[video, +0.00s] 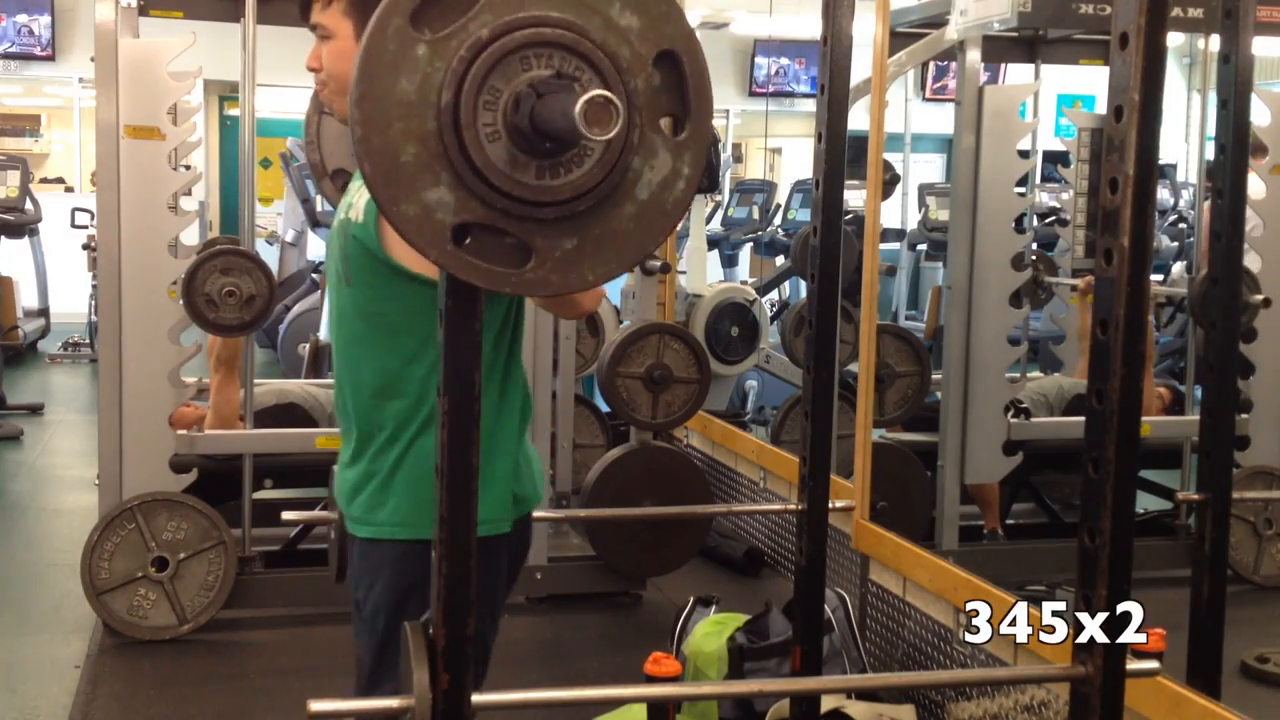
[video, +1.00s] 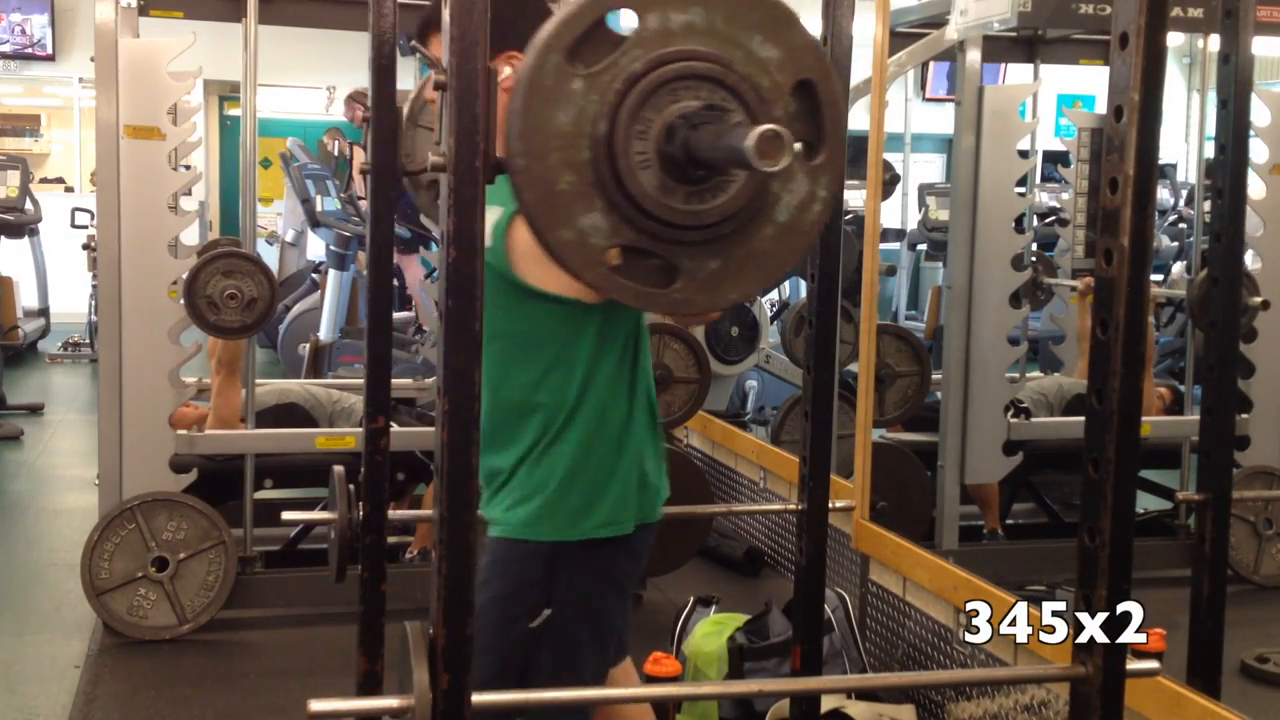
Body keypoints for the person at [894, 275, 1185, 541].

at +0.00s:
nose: (1153, 394)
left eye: (1160, 397)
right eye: (1157, 390)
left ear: (1160, 414)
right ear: (1145, 385)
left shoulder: (1130, 417)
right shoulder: (1097, 393)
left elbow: (1145, 359)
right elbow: (1087, 340)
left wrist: (1139, 303)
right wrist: (1084, 296)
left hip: (1025, 410)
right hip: (1006, 397)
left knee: (978, 446)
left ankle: (993, 530)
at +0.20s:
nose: (1153, 395)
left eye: (1160, 399)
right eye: (1156, 390)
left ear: (1159, 415)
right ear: (1144, 384)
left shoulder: (1125, 418)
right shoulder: (1097, 391)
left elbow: (1145, 360)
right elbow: (1088, 341)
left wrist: (1142, 306)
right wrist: (1085, 297)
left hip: (1022, 413)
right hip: (1004, 399)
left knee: (978, 448)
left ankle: (993, 531)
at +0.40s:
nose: (1154, 395)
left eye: (1161, 399)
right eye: (1157, 391)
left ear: (1160, 414)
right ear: (1145, 384)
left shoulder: (1131, 417)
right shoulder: (1095, 387)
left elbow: (1144, 359)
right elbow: (1087, 340)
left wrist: (1140, 304)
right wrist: (1084, 297)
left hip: (1026, 411)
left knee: (979, 446)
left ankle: (992, 530)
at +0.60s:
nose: (1154, 395)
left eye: (1161, 398)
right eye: (1157, 391)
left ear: (1160, 414)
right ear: (1144, 384)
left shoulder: (1130, 418)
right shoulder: (1096, 387)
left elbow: (1144, 359)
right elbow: (1087, 340)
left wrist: (1142, 306)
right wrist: (1084, 297)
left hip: (1025, 414)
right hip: (1007, 401)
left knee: (978, 447)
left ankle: (992, 529)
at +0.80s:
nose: (1155, 394)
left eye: (1161, 398)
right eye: (1157, 390)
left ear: (1160, 413)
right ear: (1146, 384)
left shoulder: (1134, 417)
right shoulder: (1101, 389)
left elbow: (1144, 360)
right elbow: (1087, 344)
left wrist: (1144, 310)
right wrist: (1083, 298)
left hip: (1027, 412)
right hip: (1008, 398)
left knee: (979, 450)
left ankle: (992, 531)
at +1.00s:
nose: (1155, 393)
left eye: (1161, 398)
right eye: (1157, 390)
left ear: (1160, 413)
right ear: (1146, 385)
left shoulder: (1131, 416)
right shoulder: (1099, 390)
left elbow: (1144, 360)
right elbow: (1086, 345)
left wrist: (1144, 309)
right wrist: (1083, 299)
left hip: (1025, 410)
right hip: (1007, 395)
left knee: (978, 449)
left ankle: (992, 531)